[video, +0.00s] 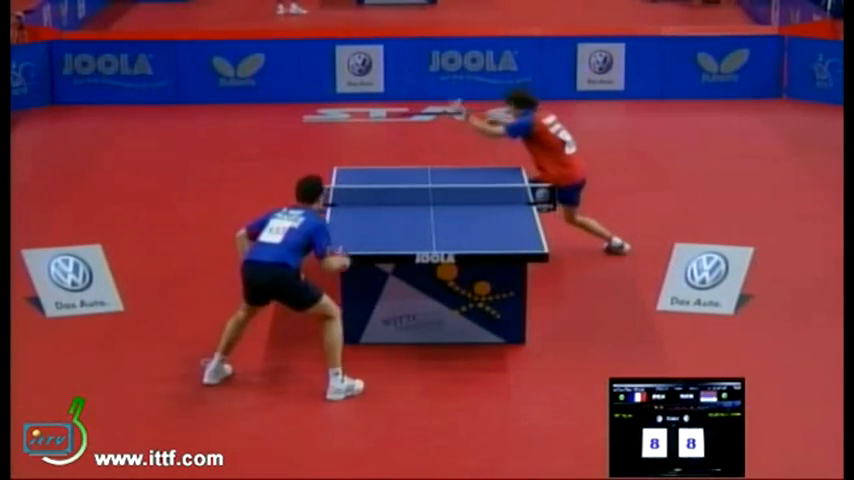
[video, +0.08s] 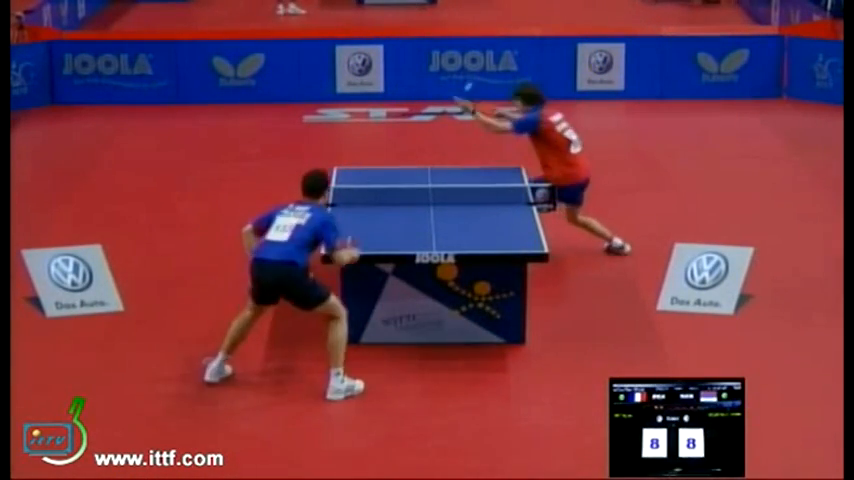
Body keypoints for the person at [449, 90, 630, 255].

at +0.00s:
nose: (509, 111)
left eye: (511, 108)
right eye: (510, 108)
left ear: (520, 109)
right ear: (530, 105)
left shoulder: (529, 123)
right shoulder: (544, 116)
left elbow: (494, 132)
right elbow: (509, 124)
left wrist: (468, 119)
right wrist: (485, 119)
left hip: (559, 182)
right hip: (575, 177)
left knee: (518, 200)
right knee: (572, 217)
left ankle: (523, 244)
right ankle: (614, 241)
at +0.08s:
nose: (516, 107)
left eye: (518, 103)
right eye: (516, 103)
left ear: (527, 105)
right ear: (537, 101)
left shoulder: (535, 120)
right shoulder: (551, 114)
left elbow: (500, 128)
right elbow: (521, 119)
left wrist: (474, 113)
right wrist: (504, 113)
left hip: (561, 182)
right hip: (580, 178)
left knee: (516, 196)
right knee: (573, 217)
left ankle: (522, 244)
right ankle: (615, 242)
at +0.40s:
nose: (519, 97)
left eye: (521, 94)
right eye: (519, 93)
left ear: (530, 94)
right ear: (540, 91)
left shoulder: (541, 110)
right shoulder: (554, 97)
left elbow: (537, 138)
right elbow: (529, 109)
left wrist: (515, 155)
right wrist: (509, 113)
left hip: (572, 169)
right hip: (589, 163)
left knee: (536, 196)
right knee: (582, 209)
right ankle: (617, 240)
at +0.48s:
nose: (512, 100)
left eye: (514, 96)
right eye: (512, 96)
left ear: (524, 96)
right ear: (532, 92)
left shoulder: (537, 111)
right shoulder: (548, 98)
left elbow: (538, 139)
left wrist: (519, 157)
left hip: (572, 166)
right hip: (584, 160)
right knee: (581, 208)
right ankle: (617, 239)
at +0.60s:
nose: (505, 108)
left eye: (506, 104)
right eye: (503, 104)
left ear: (515, 101)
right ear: (519, 98)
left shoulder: (531, 113)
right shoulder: (531, 102)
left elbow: (539, 144)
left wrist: (524, 162)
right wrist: (507, 117)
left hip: (565, 164)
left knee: (566, 207)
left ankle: (609, 229)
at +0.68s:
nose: (497, 112)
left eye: (499, 108)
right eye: (497, 108)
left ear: (509, 106)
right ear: (508, 106)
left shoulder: (527, 116)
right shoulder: (514, 112)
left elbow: (544, 144)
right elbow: (494, 130)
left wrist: (537, 164)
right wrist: (497, 120)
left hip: (557, 161)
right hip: (547, 159)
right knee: (534, 199)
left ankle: (592, 219)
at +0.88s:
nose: (489, 110)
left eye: (492, 106)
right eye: (487, 107)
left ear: (501, 105)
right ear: (485, 107)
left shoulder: (519, 116)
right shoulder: (490, 115)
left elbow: (548, 134)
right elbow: (474, 128)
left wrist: (558, 157)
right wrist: (481, 138)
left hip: (533, 163)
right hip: (513, 161)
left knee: (522, 198)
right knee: (494, 186)